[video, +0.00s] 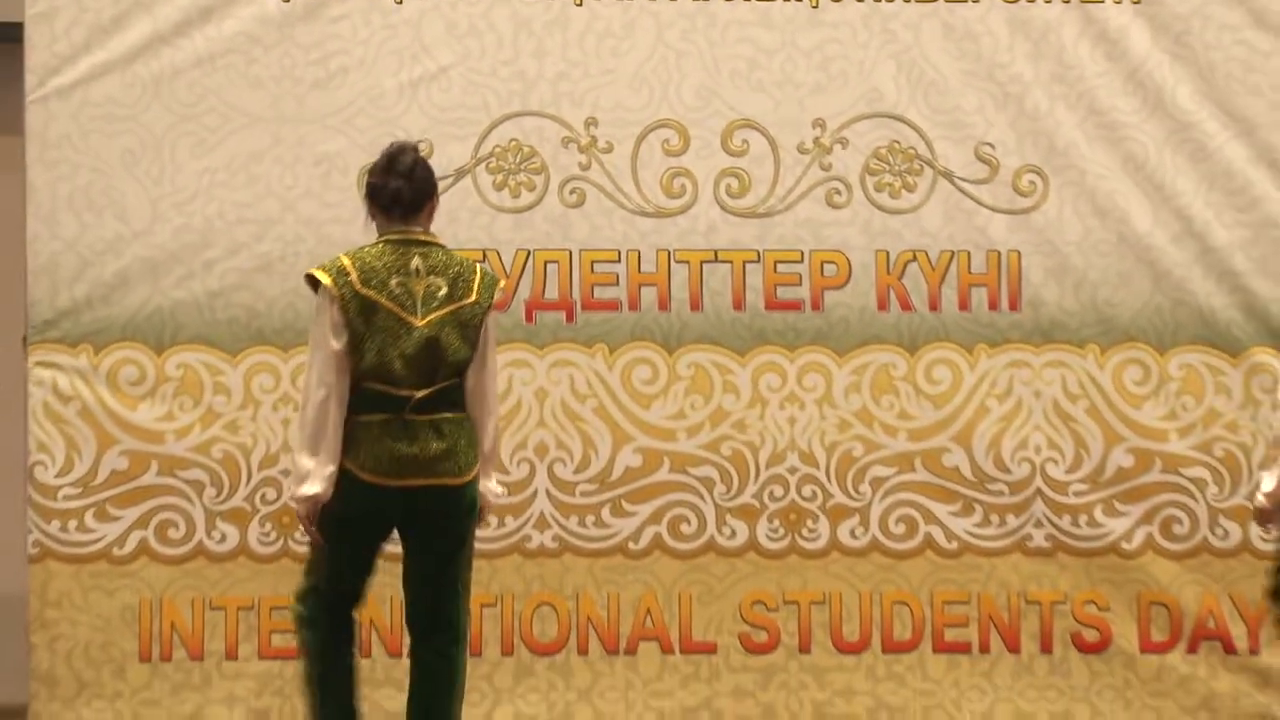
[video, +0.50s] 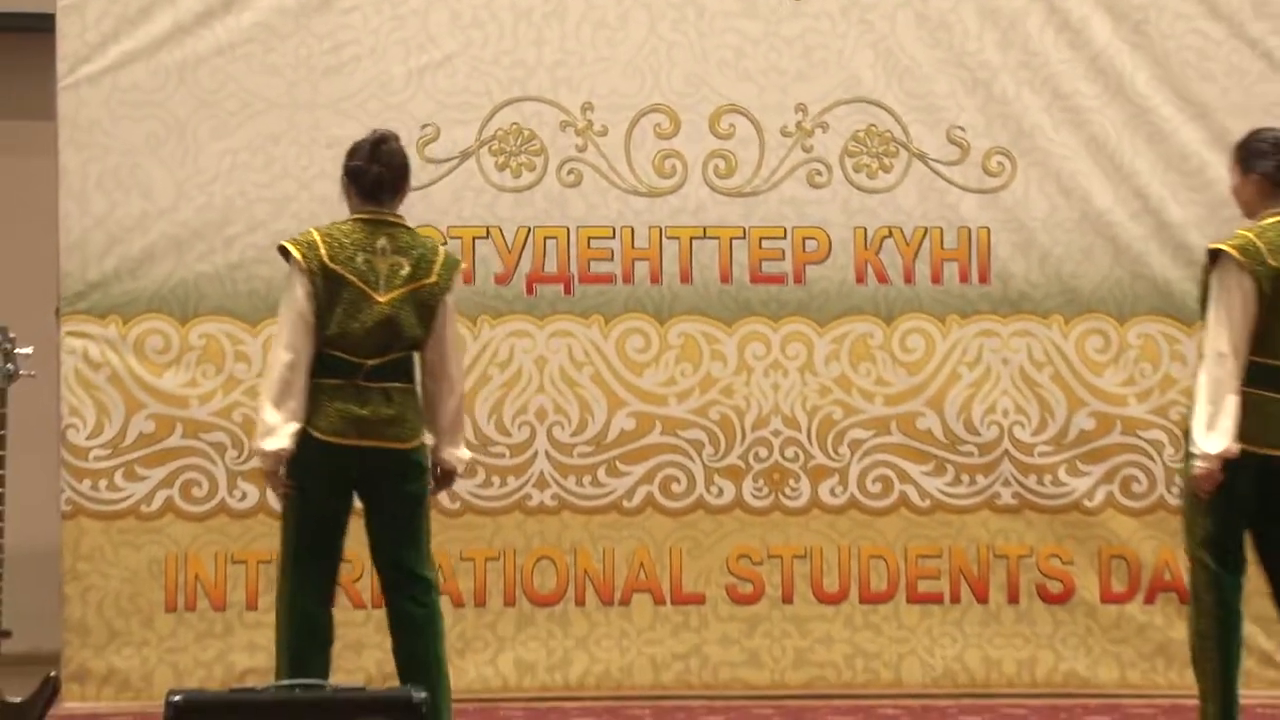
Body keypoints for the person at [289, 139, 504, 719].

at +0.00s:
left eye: (375, 201)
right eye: (426, 200)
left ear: (370, 207)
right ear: (432, 206)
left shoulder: (344, 278)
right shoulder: (473, 279)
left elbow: (326, 388)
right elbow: (482, 388)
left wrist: (313, 481)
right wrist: (484, 476)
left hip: (363, 485)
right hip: (446, 487)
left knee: (326, 608)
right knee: (439, 628)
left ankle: (336, 714)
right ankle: (435, 717)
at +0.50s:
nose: (363, 190)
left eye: (350, 180)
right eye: (390, 183)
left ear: (346, 185)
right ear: (405, 188)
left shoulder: (314, 252)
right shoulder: (433, 259)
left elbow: (292, 352)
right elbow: (444, 362)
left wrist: (277, 438)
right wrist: (449, 445)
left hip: (322, 444)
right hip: (399, 448)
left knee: (306, 584)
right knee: (412, 584)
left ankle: (300, 718)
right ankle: (430, 714)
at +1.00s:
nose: (369, 179)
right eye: (370, 171)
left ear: (314, 173)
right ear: (368, 174)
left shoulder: (276, 240)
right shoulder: (394, 240)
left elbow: (265, 338)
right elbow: (411, 337)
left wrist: (259, 417)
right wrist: (420, 416)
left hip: (304, 421)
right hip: (377, 421)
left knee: (307, 544)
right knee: (386, 534)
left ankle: (311, 667)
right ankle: (377, 659)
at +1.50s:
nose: (394, 182)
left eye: (382, 175)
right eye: (394, 175)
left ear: (340, 181)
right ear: (390, 180)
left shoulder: (310, 243)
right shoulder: (418, 236)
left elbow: (300, 336)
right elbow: (435, 329)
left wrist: (296, 410)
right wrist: (455, 403)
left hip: (345, 410)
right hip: (412, 408)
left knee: (336, 528)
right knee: (419, 532)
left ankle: (317, 648)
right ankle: (416, 652)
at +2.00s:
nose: (392, 185)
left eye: (381, 177)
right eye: (415, 176)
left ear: (376, 180)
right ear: (425, 181)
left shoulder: (352, 239)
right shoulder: (455, 242)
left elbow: (338, 323)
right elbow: (460, 326)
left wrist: (330, 393)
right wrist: (462, 392)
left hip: (367, 398)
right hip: (432, 401)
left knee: (344, 500)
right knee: (424, 515)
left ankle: (351, 616)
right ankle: (417, 625)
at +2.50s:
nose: (378, 198)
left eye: (363, 189)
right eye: (390, 190)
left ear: (355, 192)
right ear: (402, 195)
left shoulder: (326, 246)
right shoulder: (426, 253)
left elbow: (311, 326)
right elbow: (430, 336)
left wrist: (299, 395)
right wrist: (430, 400)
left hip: (336, 404)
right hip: (398, 406)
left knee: (327, 517)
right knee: (403, 517)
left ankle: (322, 623)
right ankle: (412, 622)